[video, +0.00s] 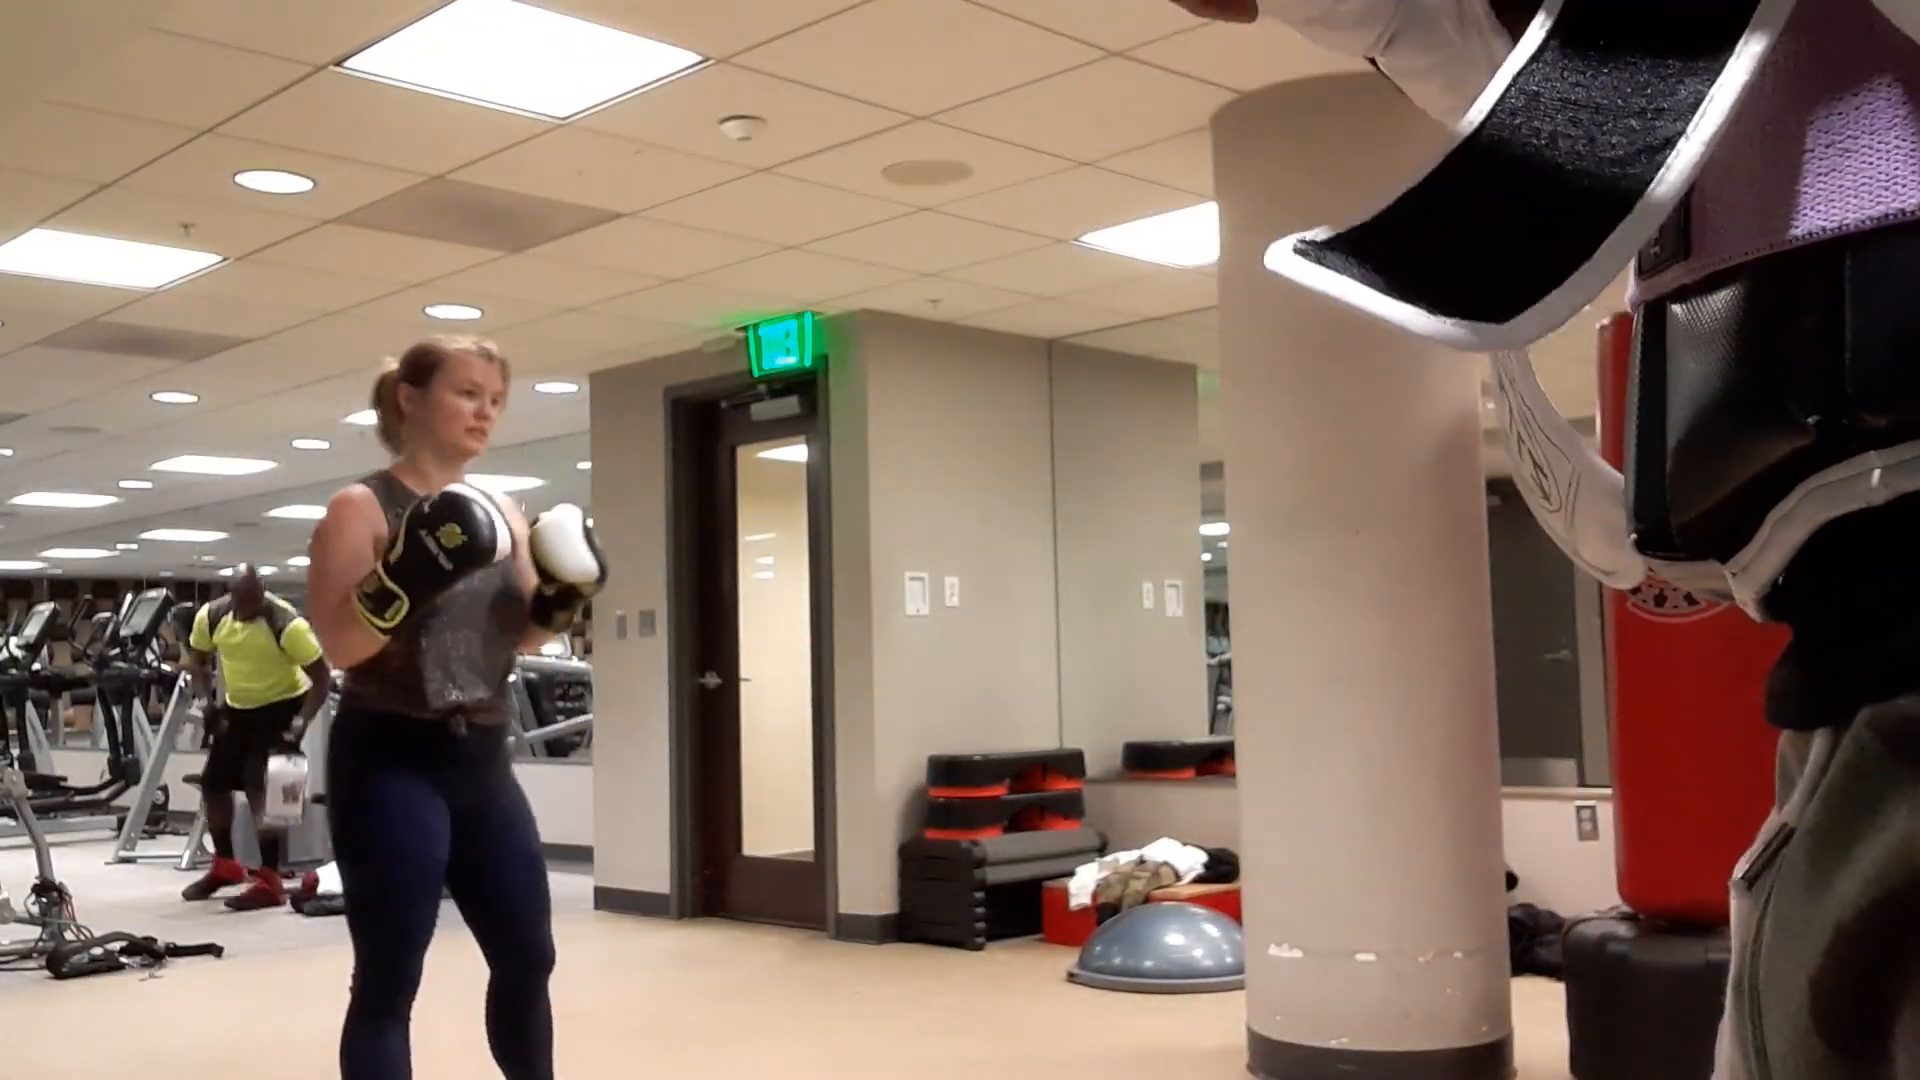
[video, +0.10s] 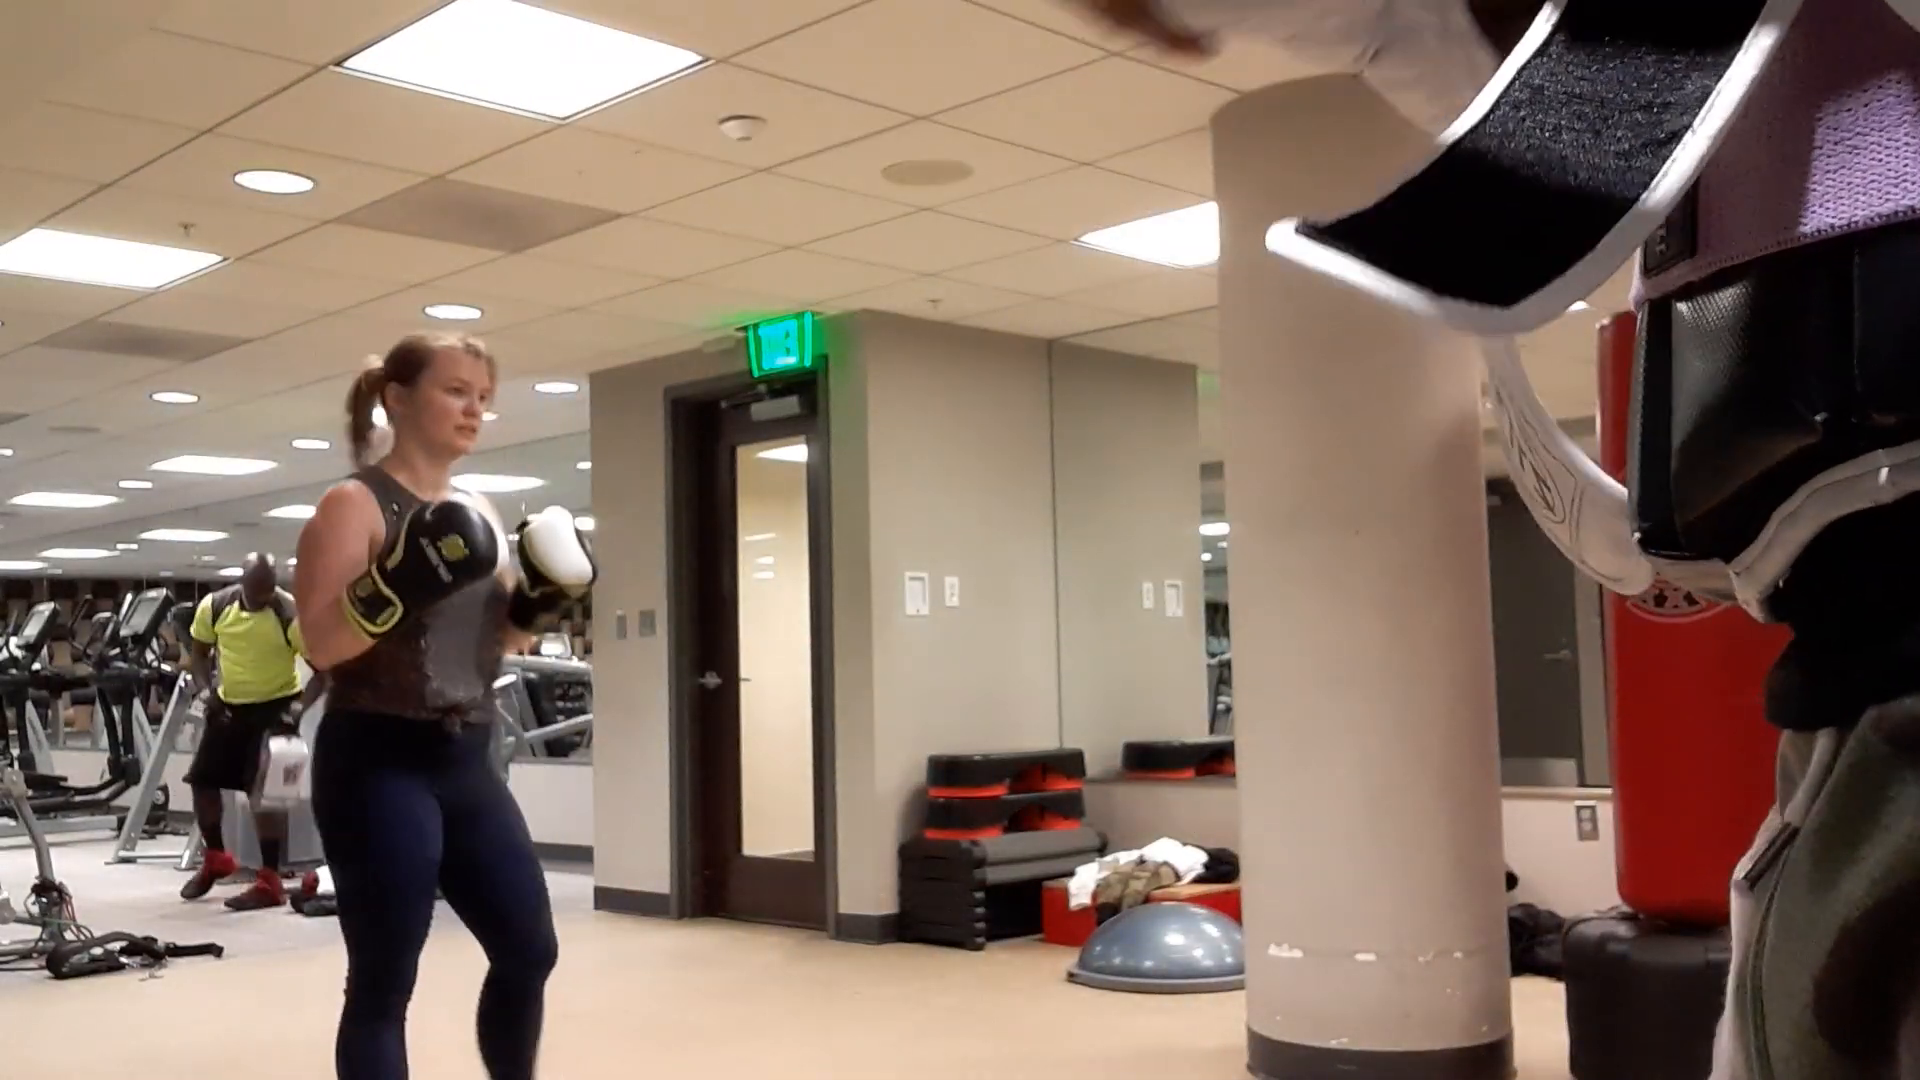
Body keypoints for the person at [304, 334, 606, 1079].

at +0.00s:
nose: (484, 413)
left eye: (493, 403)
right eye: (466, 395)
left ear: (499, 415)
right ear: (410, 399)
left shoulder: (499, 513)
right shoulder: (359, 509)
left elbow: (520, 635)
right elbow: (338, 647)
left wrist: (560, 598)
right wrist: (405, 579)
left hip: (479, 761)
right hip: (386, 760)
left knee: (526, 959)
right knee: (387, 981)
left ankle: (532, 1078)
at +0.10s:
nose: (473, 411)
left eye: (482, 400)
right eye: (455, 393)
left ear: (486, 413)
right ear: (398, 399)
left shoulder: (469, 516)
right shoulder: (351, 506)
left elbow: (485, 645)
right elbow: (320, 645)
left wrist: (537, 604)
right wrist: (399, 586)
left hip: (461, 762)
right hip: (374, 762)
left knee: (527, 949)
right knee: (381, 986)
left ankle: (511, 1078)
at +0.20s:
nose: (462, 411)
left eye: (470, 399)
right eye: (444, 393)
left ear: (475, 410)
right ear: (386, 400)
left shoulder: (450, 509)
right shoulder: (347, 505)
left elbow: (456, 643)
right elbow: (306, 643)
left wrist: (523, 602)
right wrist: (396, 595)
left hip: (448, 765)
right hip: (365, 769)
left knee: (523, 948)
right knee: (375, 991)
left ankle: (470, 1072)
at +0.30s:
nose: (450, 410)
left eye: (457, 398)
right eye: (431, 393)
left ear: (461, 408)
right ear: (373, 400)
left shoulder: (437, 507)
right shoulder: (340, 504)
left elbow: (434, 625)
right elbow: (300, 644)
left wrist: (509, 598)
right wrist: (396, 598)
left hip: (438, 762)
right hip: (358, 767)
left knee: (508, 951)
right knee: (373, 993)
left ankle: (407, 1070)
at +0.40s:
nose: (436, 411)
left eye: (443, 398)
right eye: (418, 393)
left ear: (445, 408)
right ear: (356, 399)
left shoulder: (421, 505)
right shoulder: (327, 506)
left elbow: (428, 629)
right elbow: (293, 648)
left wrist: (501, 596)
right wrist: (394, 596)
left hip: (429, 761)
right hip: (354, 766)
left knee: (477, 960)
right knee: (371, 997)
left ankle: (361, 1053)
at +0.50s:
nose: (419, 412)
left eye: (427, 399)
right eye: (400, 394)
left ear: (430, 408)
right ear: (340, 401)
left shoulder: (409, 509)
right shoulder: (314, 507)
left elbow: (424, 634)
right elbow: (285, 647)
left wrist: (486, 598)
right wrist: (389, 596)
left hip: (424, 761)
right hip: (350, 764)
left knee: (427, 979)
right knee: (372, 991)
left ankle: (322, 1065)